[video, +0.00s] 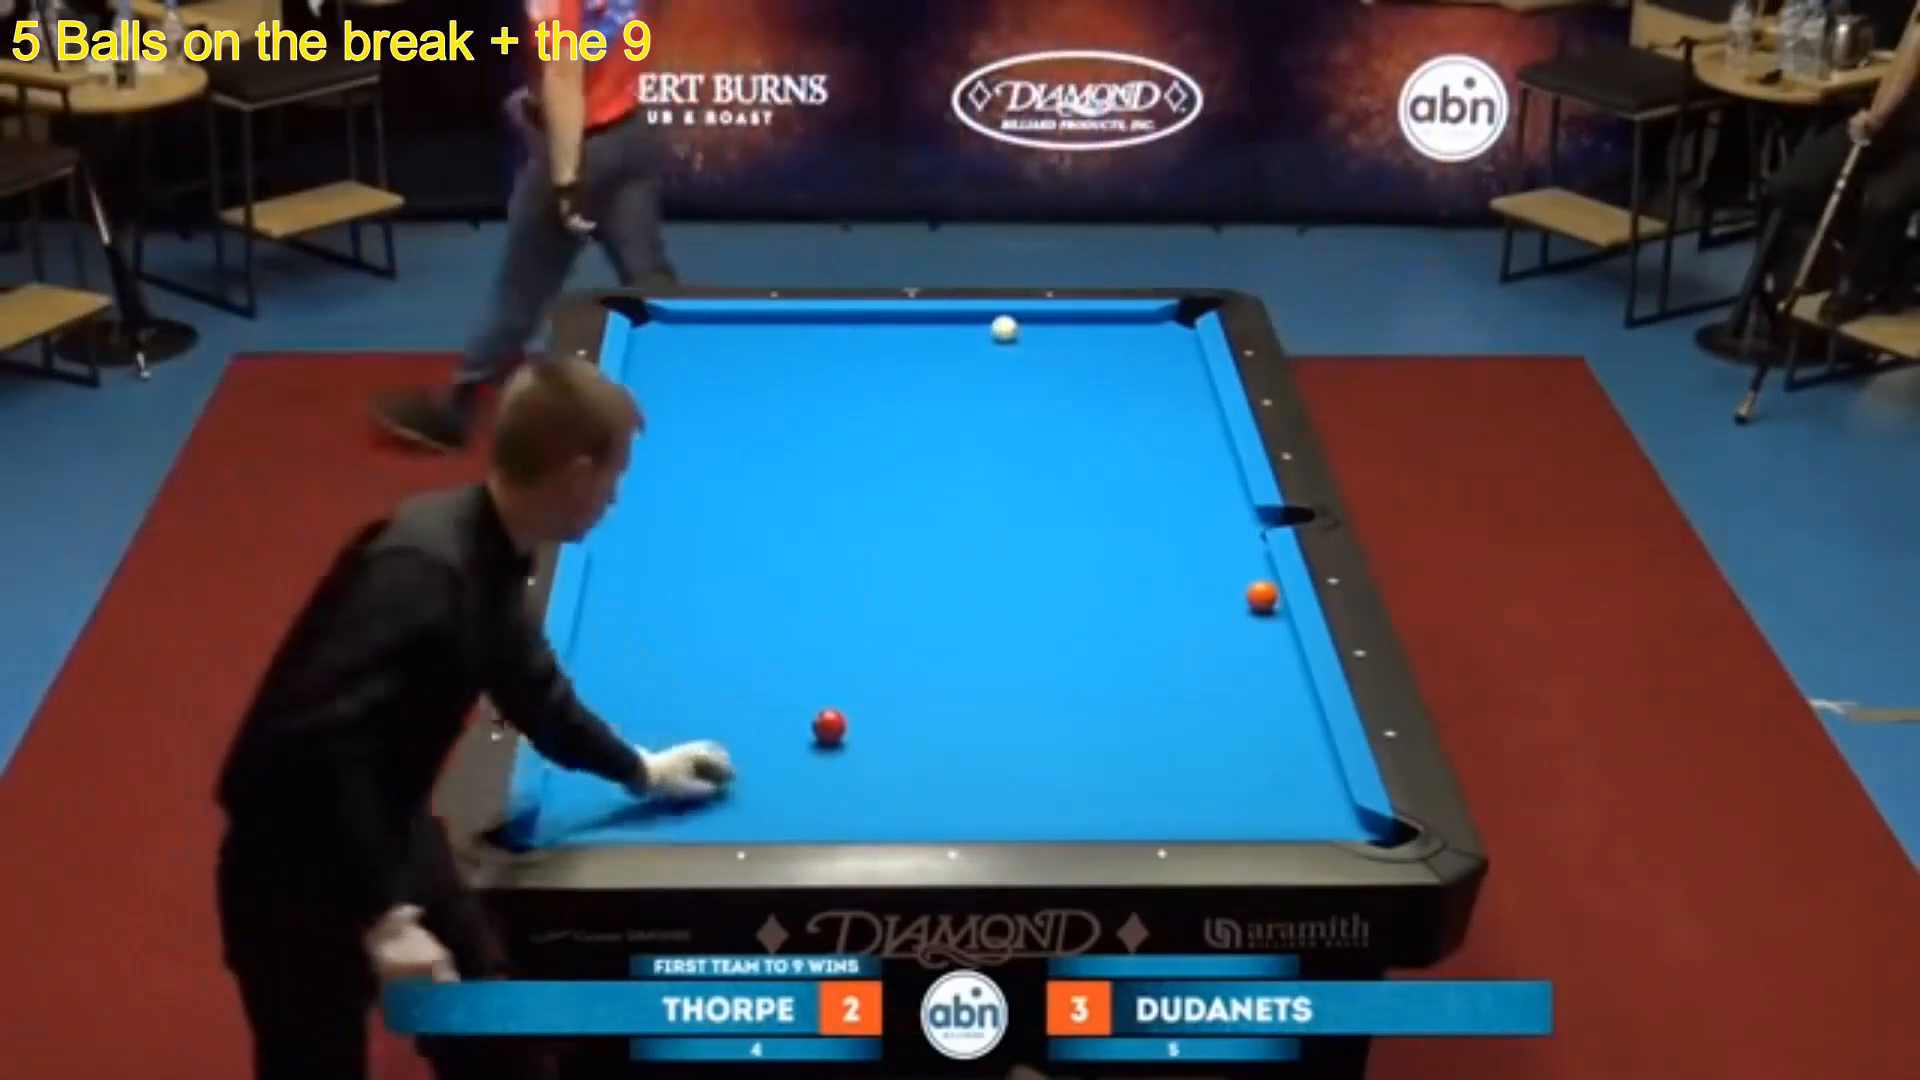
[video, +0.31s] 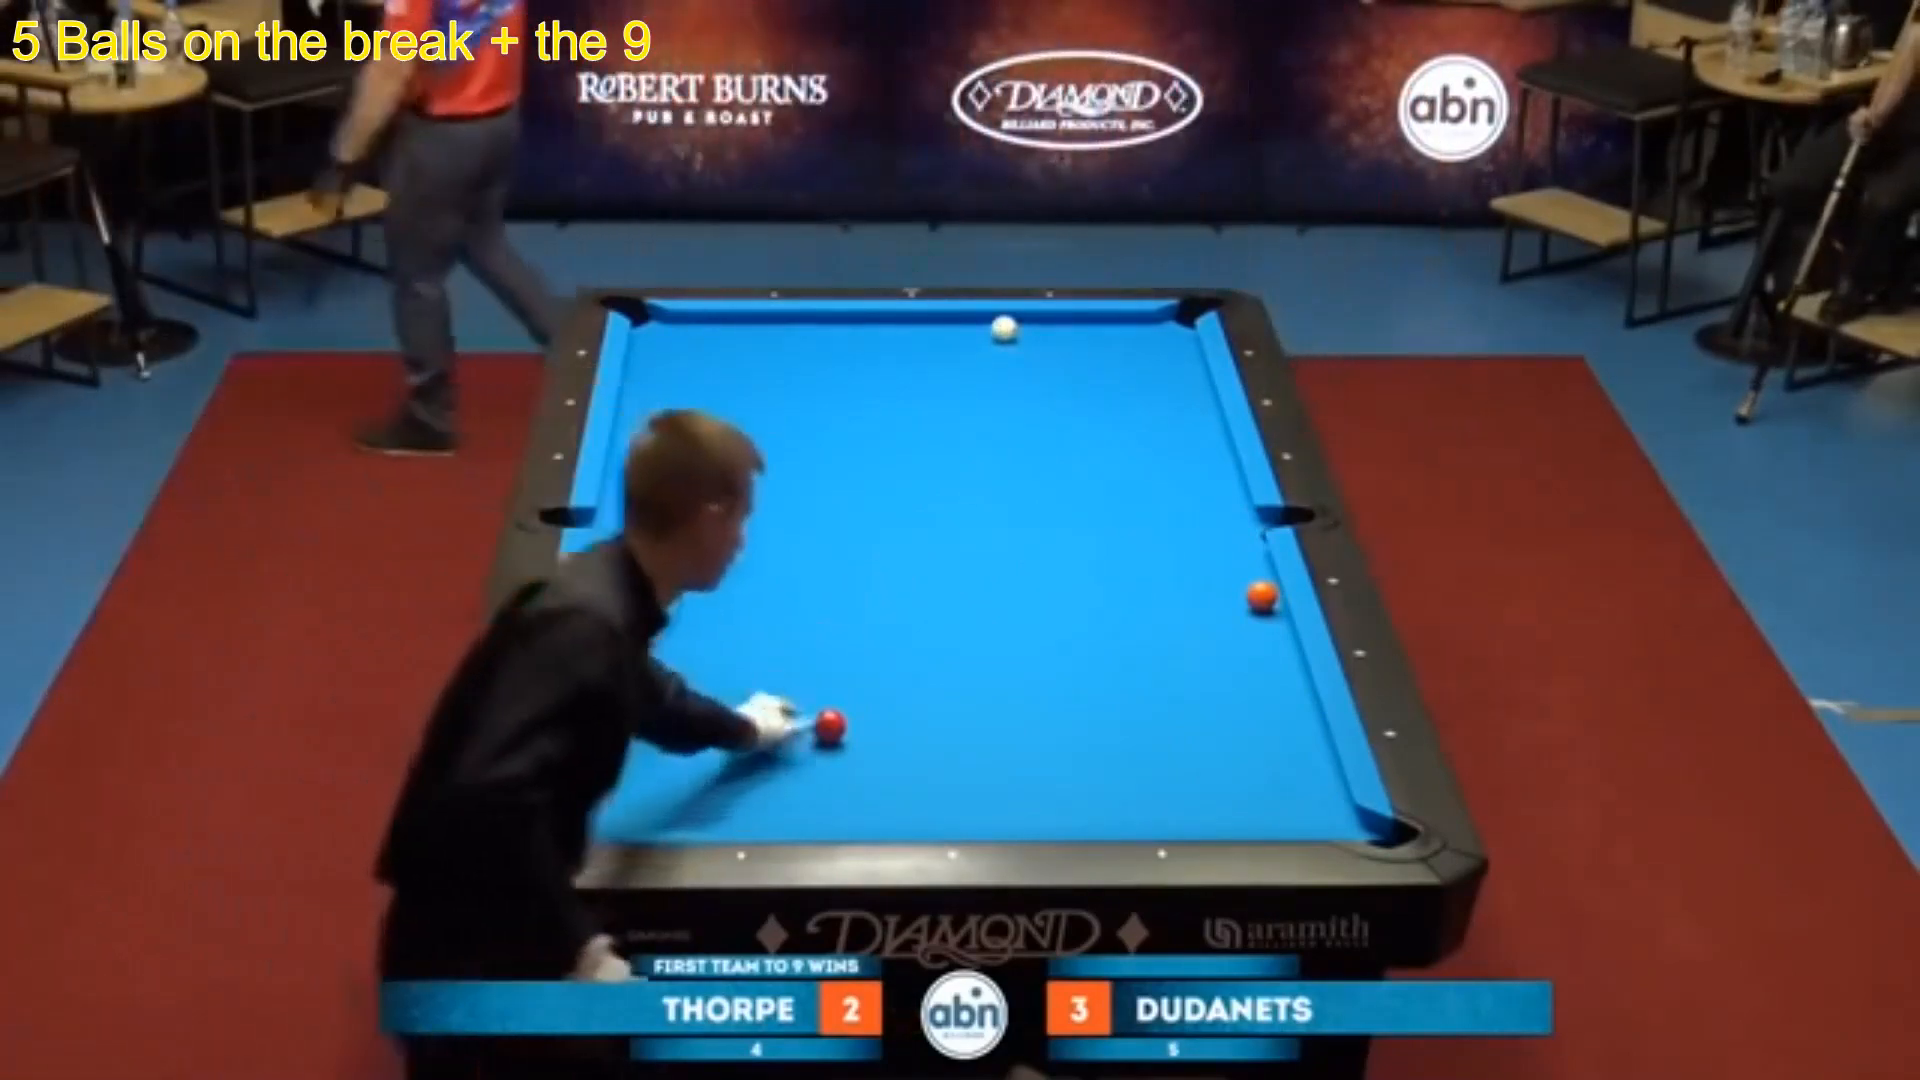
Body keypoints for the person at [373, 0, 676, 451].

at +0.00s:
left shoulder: (553, 5)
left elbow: (564, 72)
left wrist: (566, 184)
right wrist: (542, 98)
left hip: (572, 146)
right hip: (627, 133)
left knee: (520, 290)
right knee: (651, 279)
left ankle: (458, 409)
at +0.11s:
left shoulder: (512, 6)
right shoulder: (584, 6)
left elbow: (522, 75)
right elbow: (577, 59)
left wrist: (517, 188)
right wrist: (508, 94)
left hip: (531, 148)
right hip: (589, 135)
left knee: (477, 283)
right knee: (616, 268)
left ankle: (445, 415)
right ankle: (679, 378)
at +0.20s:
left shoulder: (450, 6)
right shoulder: (536, 7)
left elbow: (441, 78)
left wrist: (419, 181)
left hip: (471, 140)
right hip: (531, 129)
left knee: (429, 275)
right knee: (538, 255)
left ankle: (430, 415)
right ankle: (613, 360)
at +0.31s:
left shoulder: (414, 4)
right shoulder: (508, 6)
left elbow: (390, 69)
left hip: (437, 136)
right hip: (498, 124)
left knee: (417, 275)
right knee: (487, 247)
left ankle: (429, 417)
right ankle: (576, 352)